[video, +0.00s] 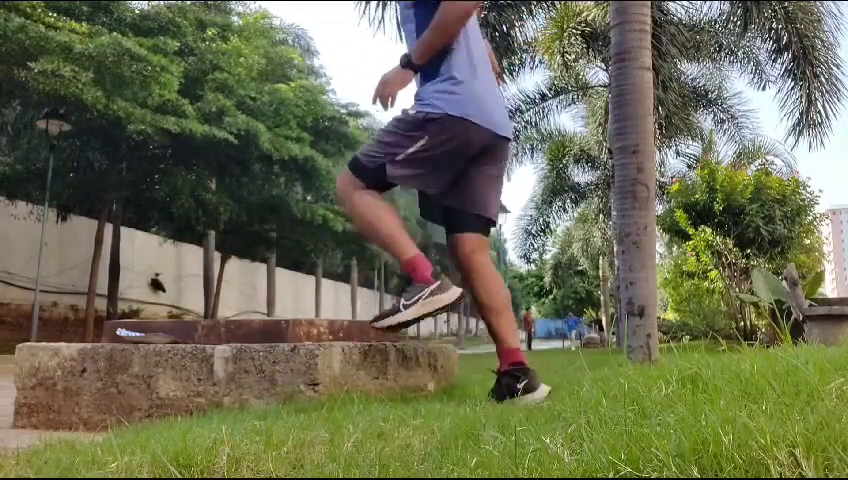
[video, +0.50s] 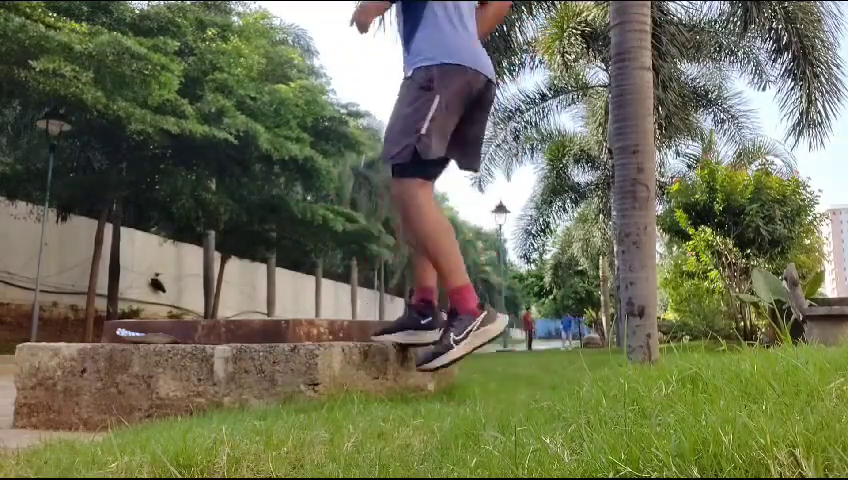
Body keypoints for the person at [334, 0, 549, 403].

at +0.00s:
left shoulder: (420, 5)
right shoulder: (457, 17)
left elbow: (466, 3)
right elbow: (491, 67)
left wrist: (407, 65)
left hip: (450, 107)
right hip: (495, 123)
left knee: (353, 186)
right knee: (471, 247)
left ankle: (423, 277)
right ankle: (514, 369)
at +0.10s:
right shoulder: (464, 4)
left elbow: (430, 1)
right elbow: (484, 36)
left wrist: (390, 41)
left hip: (436, 80)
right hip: (485, 95)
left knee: (356, 184)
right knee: (456, 224)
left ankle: (394, 300)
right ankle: (503, 342)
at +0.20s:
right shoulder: (463, 2)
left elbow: (408, 3)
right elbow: (481, 27)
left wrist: (377, 34)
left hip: (427, 73)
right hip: (473, 84)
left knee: (371, 186)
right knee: (419, 204)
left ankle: (398, 310)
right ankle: (479, 309)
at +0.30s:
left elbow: (375, 12)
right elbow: (485, 5)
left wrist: (366, 16)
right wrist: (450, 34)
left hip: (430, 52)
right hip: (477, 61)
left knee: (395, 177)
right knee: (419, 182)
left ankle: (401, 308)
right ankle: (442, 303)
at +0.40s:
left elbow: (375, 9)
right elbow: (491, 4)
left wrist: (365, 12)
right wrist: (461, 36)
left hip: (431, 53)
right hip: (474, 67)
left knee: (395, 177)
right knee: (422, 188)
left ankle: (437, 303)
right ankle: (426, 304)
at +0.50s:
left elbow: (376, 6)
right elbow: (501, 3)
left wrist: (367, 12)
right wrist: (461, 40)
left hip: (438, 57)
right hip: (476, 64)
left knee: (410, 186)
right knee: (412, 187)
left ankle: (469, 311)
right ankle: (423, 310)